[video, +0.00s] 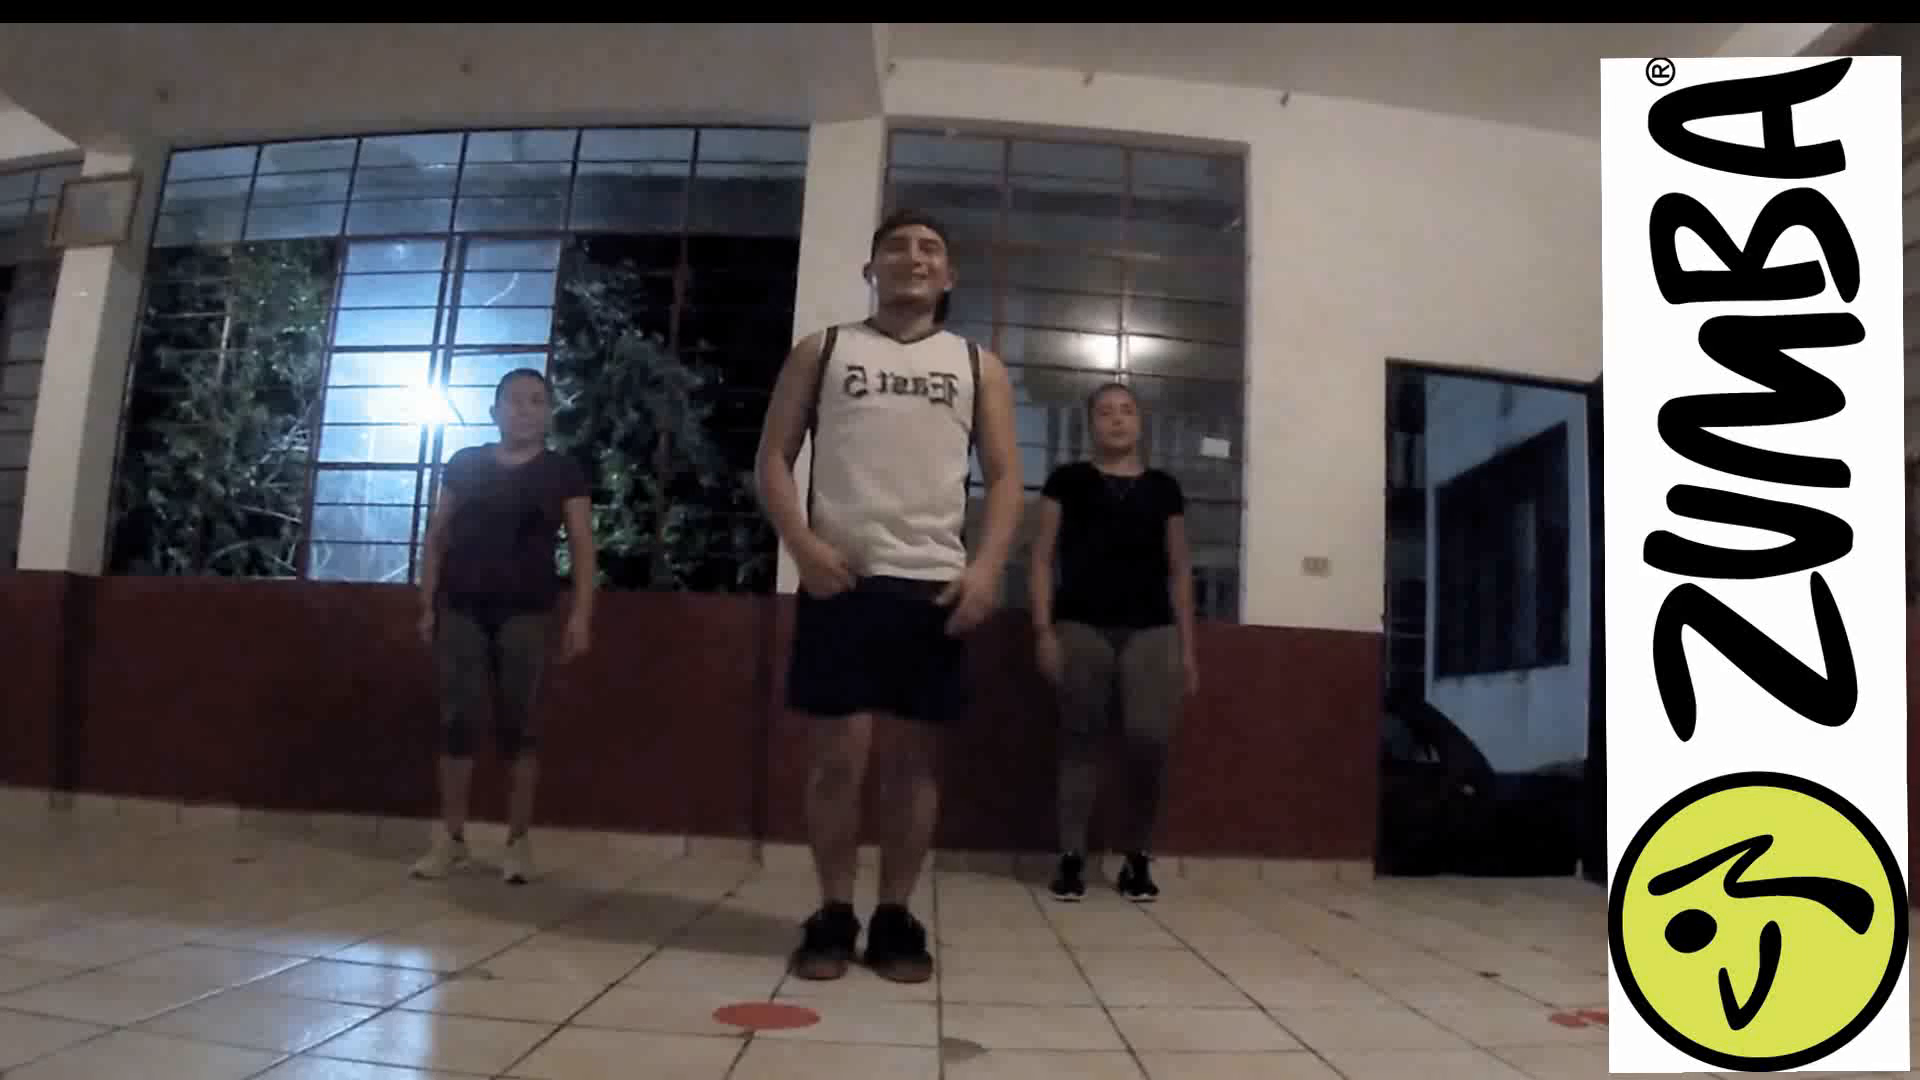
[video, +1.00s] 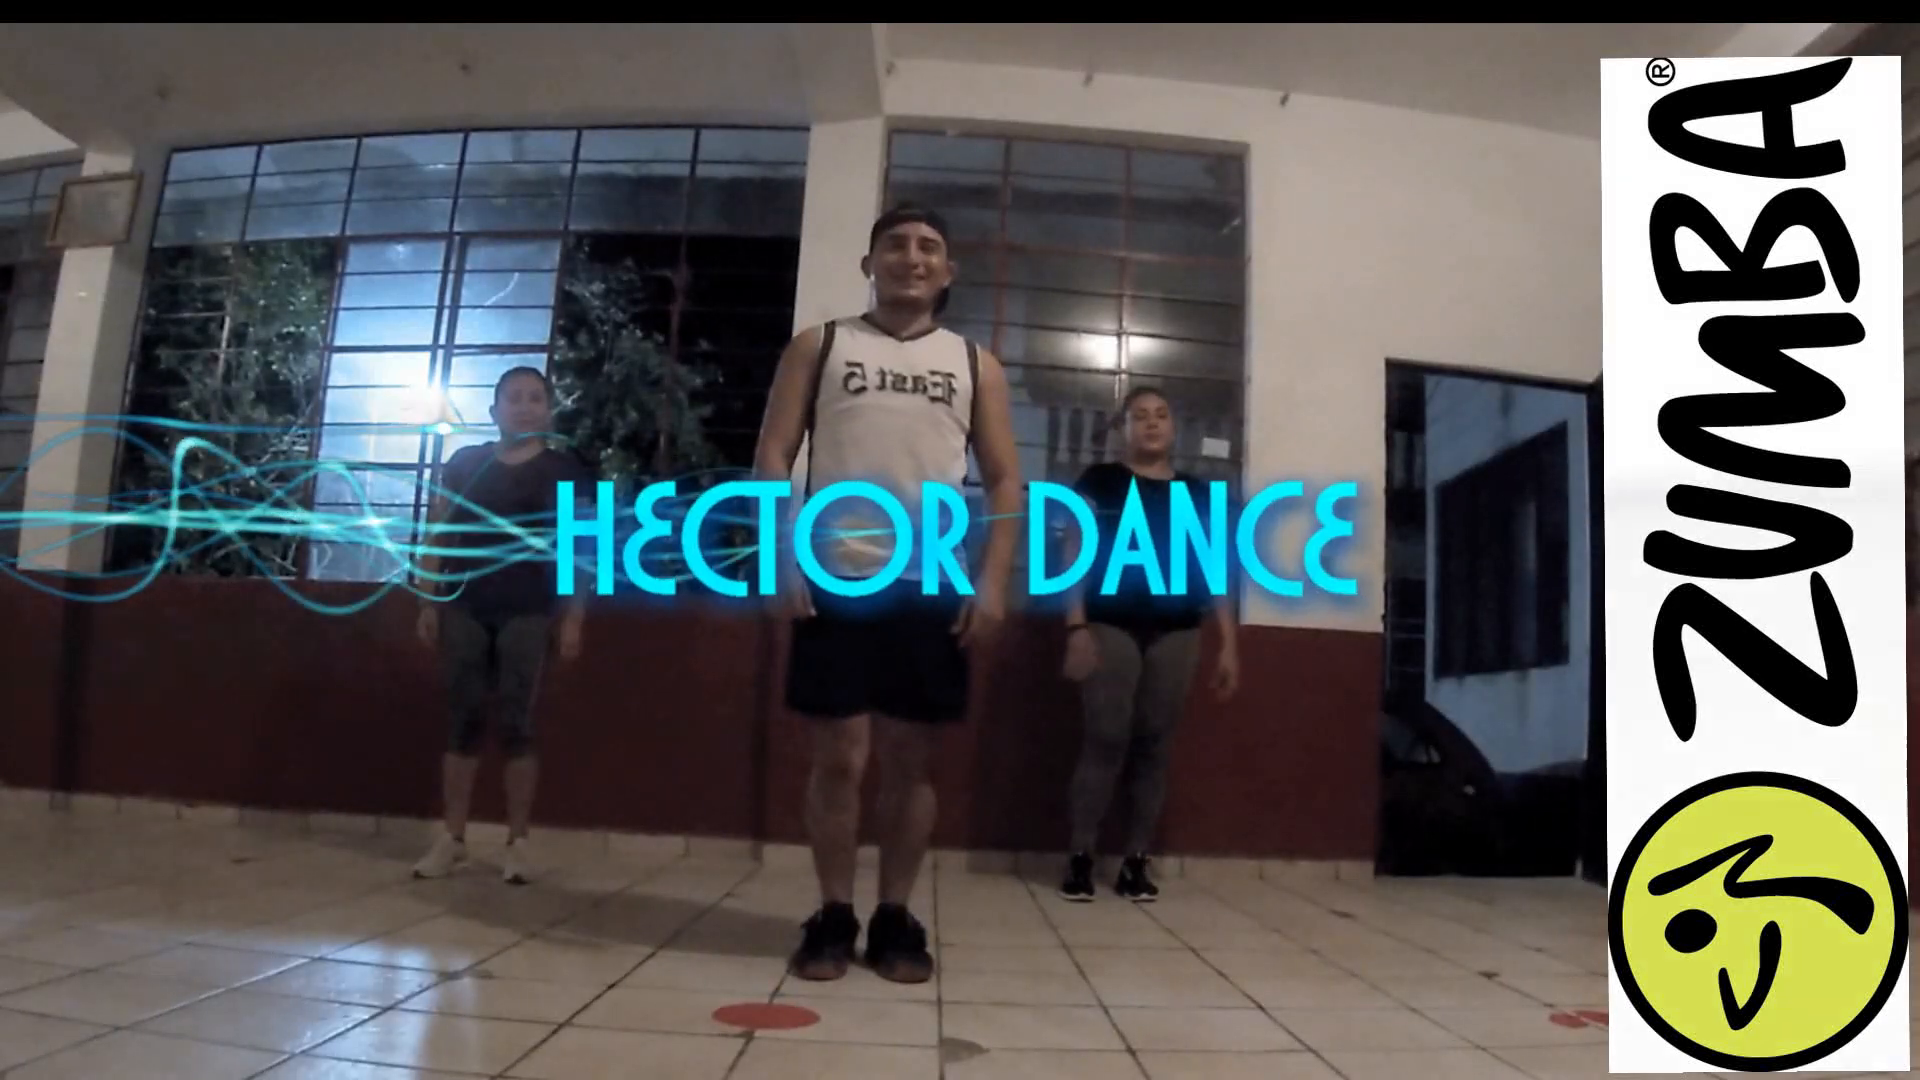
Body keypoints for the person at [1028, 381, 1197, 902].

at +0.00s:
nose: (1117, 420)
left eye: (1126, 412)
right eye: (1106, 413)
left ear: (1141, 424)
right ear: (1090, 425)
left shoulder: (1162, 488)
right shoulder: (1067, 481)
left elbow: (1180, 570)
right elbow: (1041, 559)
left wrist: (1187, 649)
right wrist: (1044, 632)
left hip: (1151, 635)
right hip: (1083, 632)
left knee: (1149, 747)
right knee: (1079, 744)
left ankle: (1138, 857)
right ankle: (1072, 853)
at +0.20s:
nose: (1131, 417)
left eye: (1139, 410)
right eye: (1120, 411)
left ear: (1152, 422)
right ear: (1102, 424)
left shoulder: (1177, 487)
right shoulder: (1079, 481)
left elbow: (1187, 569)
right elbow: (1058, 562)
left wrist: (1186, 644)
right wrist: (1041, 638)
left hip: (1160, 630)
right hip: (1093, 627)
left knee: (1148, 744)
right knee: (1090, 740)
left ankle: (1136, 857)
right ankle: (1073, 853)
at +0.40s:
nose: (1140, 418)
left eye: (1148, 410)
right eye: (1129, 411)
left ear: (1162, 423)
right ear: (1112, 425)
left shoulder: (1188, 488)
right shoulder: (1085, 484)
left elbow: (1204, 562)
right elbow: (1066, 568)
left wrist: (1202, 625)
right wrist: (1054, 640)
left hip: (1169, 632)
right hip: (1100, 629)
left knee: (1151, 748)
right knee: (1092, 737)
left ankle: (1135, 858)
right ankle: (1071, 853)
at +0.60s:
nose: (1145, 419)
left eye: (1154, 412)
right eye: (1135, 412)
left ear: (1168, 425)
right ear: (1118, 425)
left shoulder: (1194, 486)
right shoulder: (1094, 482)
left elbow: (1221, 549)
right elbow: (1073, 562)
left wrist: (1224, 600)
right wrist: (1064, 638)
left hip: (1174, 629)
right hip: (1107, 627)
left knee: (1157, 745)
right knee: (1097, 737)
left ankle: (1136, 858)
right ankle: (1073, 852)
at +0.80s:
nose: (1150, 422)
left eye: (1159, 415)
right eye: (1139, 416)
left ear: (1173, 428)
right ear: (1123, 429)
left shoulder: (1196, 491)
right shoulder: (1100, 483)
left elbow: (1223, 572)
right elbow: (1079, 561)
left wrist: (1238, 648)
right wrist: (1064, 634)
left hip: (1175, 634)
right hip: (1109, 630)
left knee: (1157, 746)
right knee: (1102, 734)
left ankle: (1137, 860)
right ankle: (1076, 854)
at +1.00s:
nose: (1151, 425)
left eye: (1159, 417)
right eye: (1141, 418)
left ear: (1174, 429)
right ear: (1124, 429)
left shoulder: (1193, 491)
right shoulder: (1099, 482)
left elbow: (1216, 575)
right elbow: (1074, 556)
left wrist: (1228, 645)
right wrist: (1077, 627)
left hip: (1175, 634)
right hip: (1110, 632)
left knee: (1155, 749)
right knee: (1104, 743)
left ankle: (1137, 860)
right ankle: (1081, 856)